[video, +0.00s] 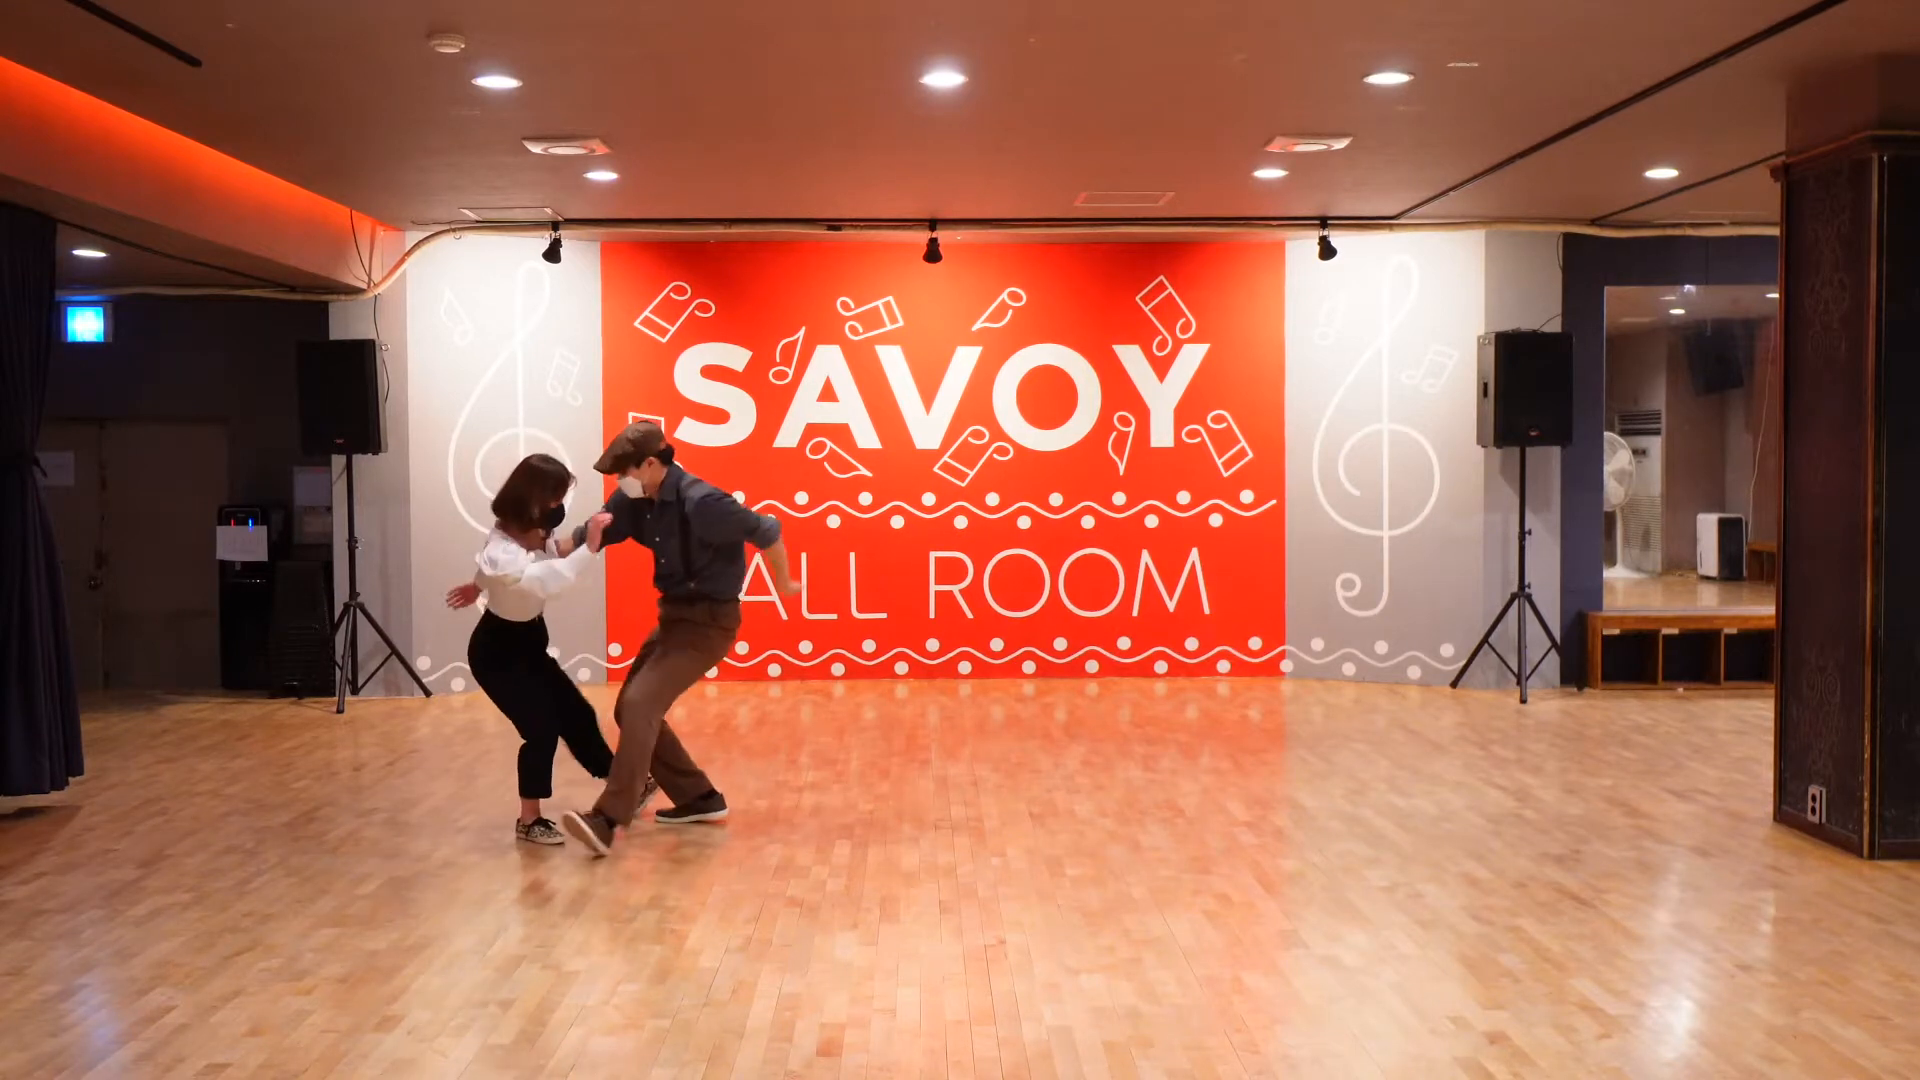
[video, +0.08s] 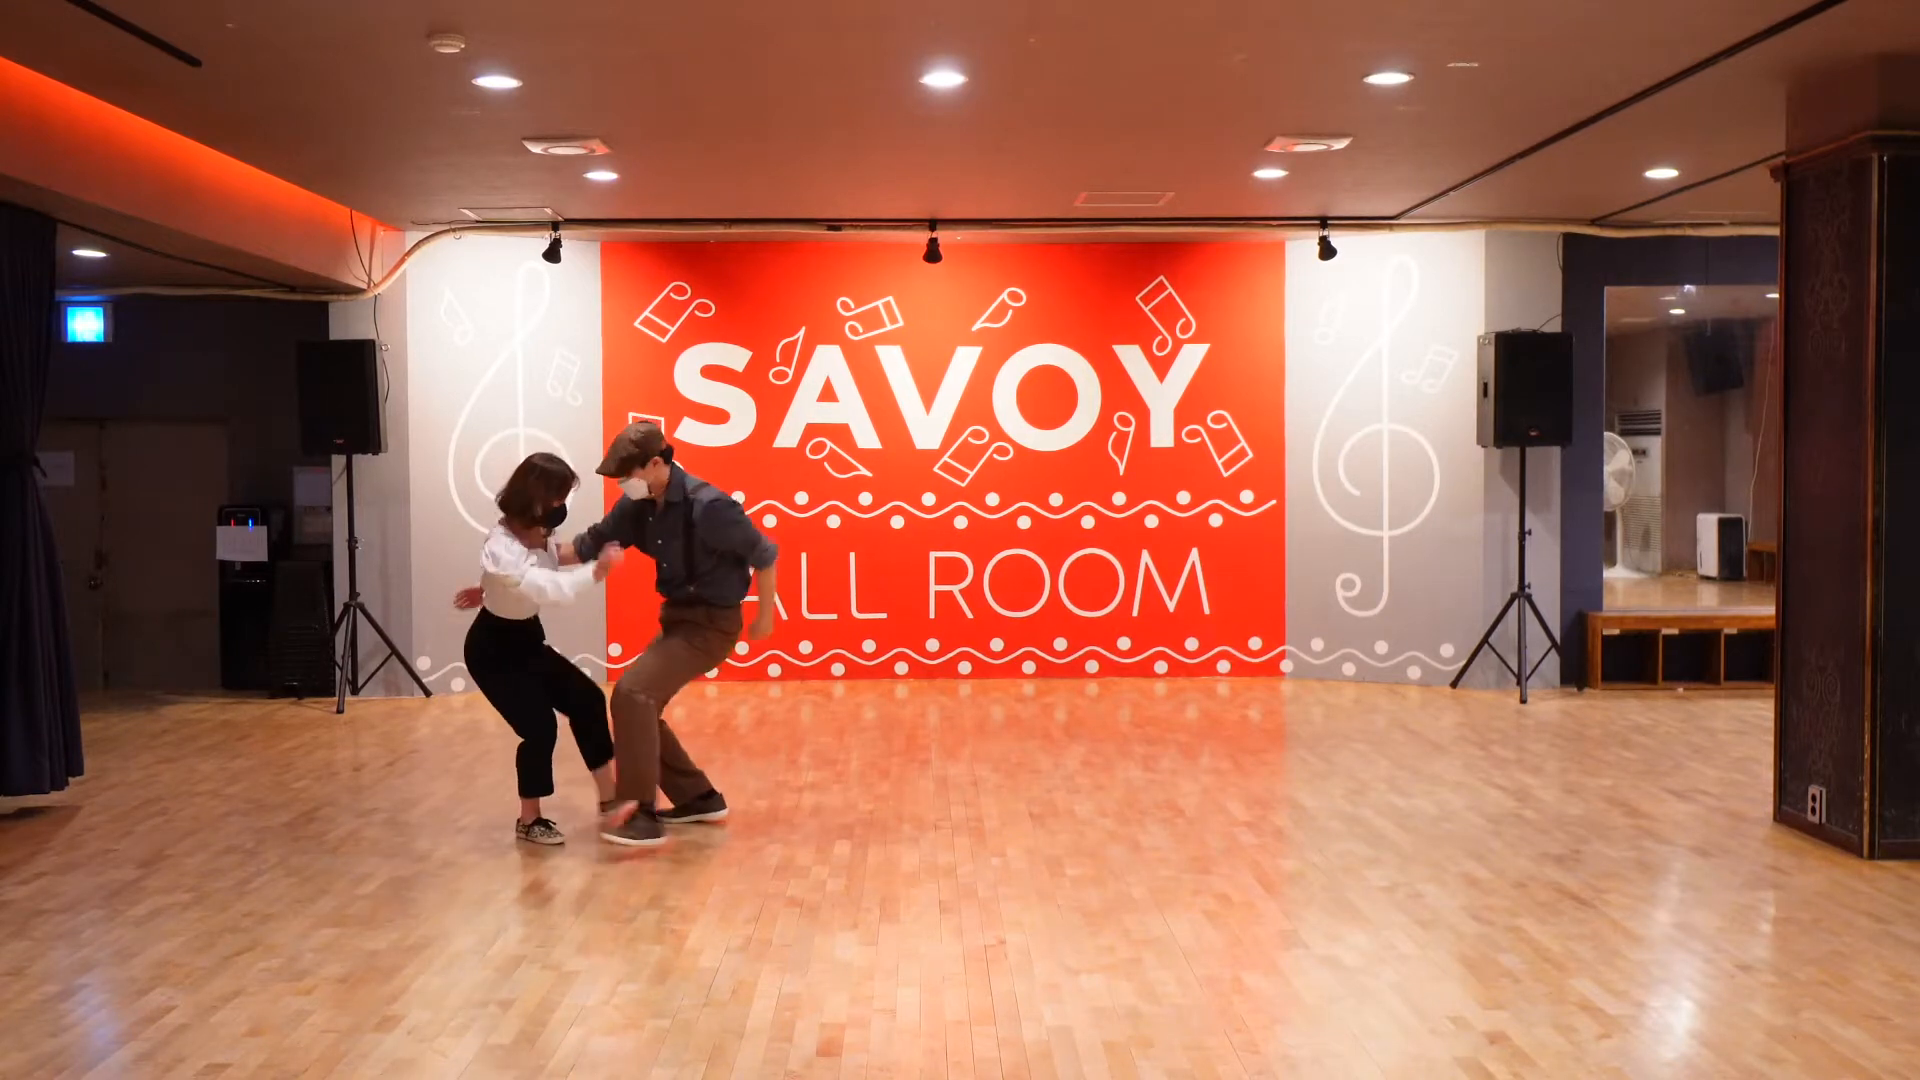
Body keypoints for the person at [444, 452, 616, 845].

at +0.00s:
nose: (560, 508)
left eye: (562, 500)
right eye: (555, 501)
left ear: (526, 499)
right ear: (534, 502)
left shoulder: (533, 534)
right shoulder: (502, 556)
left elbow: (559, 546)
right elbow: (543, 580)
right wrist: (587, 550)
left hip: (529, 647)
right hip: (495, 654)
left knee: (578, 716)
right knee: (540, 727)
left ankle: (623, 783)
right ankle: (529, 820)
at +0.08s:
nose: (564, 509)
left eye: (565, 500)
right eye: (559, 501)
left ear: (534, 500)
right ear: (538, 502)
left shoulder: (539, 536)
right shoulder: (500, 549)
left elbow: (527, 573)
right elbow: (543, 587)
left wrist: (487, 592)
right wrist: (594, 571)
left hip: (527, 643)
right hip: (492, 649)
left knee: (587, 698)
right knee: (539, 726)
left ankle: (609, 799)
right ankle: (529, 819)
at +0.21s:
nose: (568, 505)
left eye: (570, 497)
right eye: (564, 498)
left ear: (538, 493)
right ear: (543, 495)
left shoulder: (540, 532)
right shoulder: (503, 543)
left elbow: (546, 566)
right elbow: (514, 609)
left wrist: (593, 554)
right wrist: (553, 661)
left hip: (523, 636)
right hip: (490, 645)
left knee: (584, 702)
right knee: (544, 723)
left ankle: (554, 792)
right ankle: (529, 820)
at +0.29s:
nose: (572, 500)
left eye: (575, 492)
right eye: (568, 492)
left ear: (540, 489)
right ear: (547, 488)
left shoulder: (549, 534)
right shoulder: (504, 539)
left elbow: (545, 600)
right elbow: (492, 616)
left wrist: (559, 642)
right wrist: (473, 675)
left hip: (530, 639)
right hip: (500, 643)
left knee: (574, 716)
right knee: (551, 722)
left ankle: (541, 807)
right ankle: (531, 817)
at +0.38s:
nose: (573, 503)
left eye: (576, 495)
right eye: (570, 494)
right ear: (550, 491)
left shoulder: (551, 540)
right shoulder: (498, 534)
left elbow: (554, 600)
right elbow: (460, 595)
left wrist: (598, 615)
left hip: (526, 639)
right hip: (493, 642)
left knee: (572, 714)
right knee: (563, 712)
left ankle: (542, 805)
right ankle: (539, 809)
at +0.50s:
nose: (576, 509)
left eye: (578, 503)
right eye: (574, 501)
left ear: (539, 488)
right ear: (559, 498)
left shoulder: (554, 541)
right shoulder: (497, 525)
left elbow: (587, 589)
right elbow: (434, 549)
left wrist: (621, 561)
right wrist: (378, 577)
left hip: (522, 642)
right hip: (491, 645)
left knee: (564, 713)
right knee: (566, 712)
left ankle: (537, 809)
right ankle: (603, 804)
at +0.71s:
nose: (583, 516)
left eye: (585, 508)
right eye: (581, 505)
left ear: (551, 496)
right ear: (561, 500)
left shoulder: (556, 541)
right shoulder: (502, 528)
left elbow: (592, 583)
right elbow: (439, 559)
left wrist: (627, 551)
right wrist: (384, 594)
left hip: (519, 641)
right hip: (488, 644)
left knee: (561, 711)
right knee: (568, 706)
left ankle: (537, 810)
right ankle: (573, 808)